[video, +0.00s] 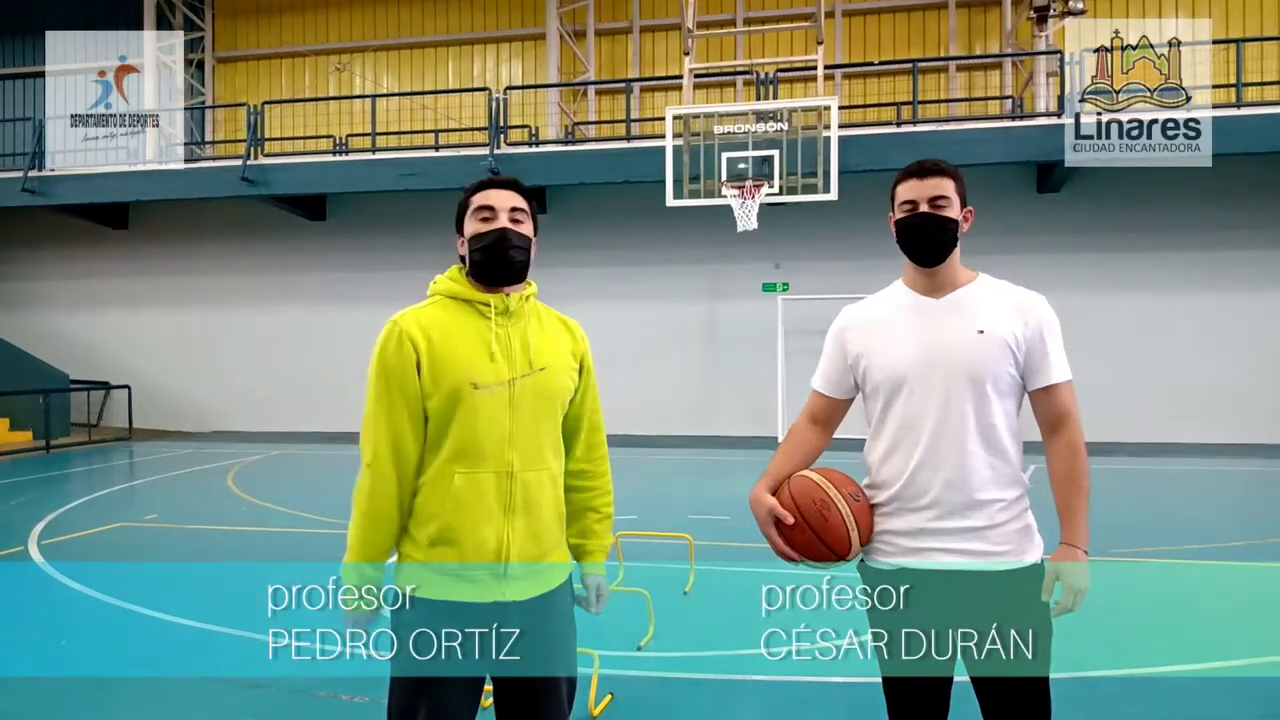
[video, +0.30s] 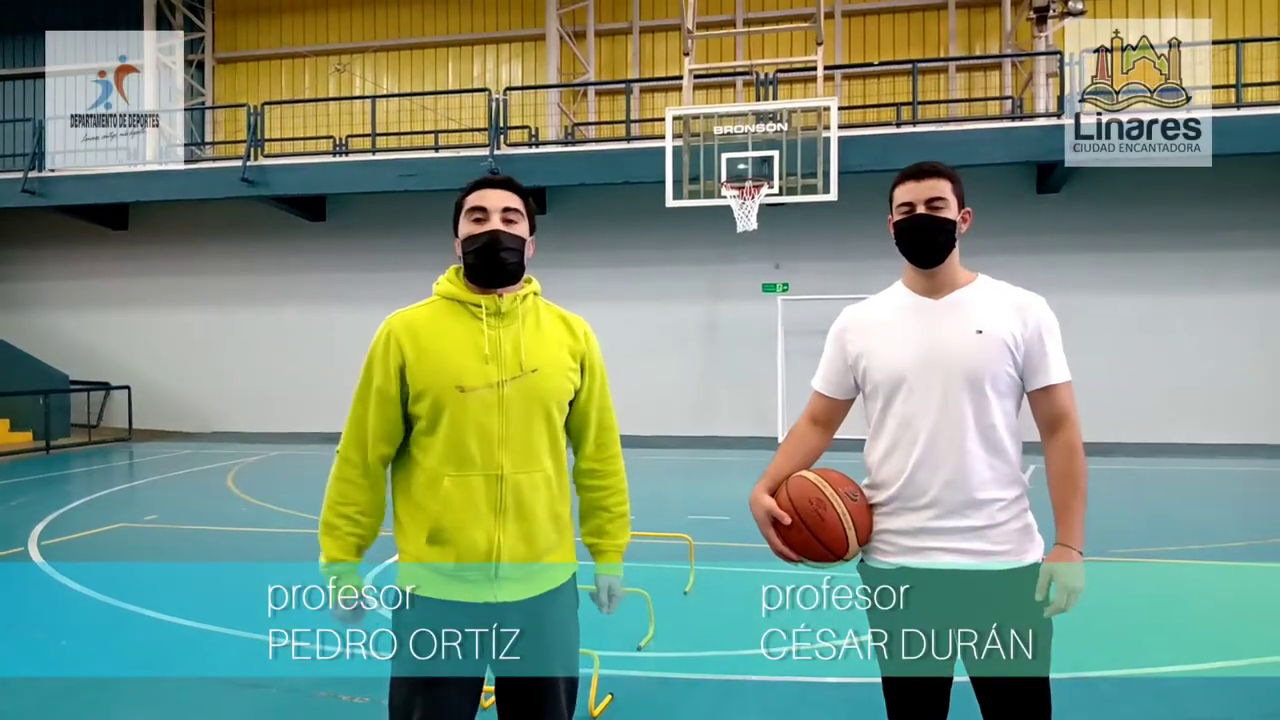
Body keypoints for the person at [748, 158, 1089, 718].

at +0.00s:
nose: (923, 217)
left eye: (939, 205)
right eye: (908, 208)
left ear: (966, 218)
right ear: (892, 226)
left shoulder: (1022, 313)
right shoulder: (857, 324)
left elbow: (1062, 430)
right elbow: (815, 424)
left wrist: (1073, 544)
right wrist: (762, 487)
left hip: (1003, 561)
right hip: (899, 563)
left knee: (1019, 710)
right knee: (913, 712)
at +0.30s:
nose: (920, 218)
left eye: (935, 206)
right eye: (905, 210)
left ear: (964, 219)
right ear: (891, 228)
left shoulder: (1022, 314)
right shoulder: (858, 324)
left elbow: (1060, 431)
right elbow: (815, 424)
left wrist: (1069, 545)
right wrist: (763, 487)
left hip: (1003, 562)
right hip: (899, 563)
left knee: (1021, 711)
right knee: (912, 714)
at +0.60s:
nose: (919, 219)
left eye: (934, 207)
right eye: (904, 211)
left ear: (962, 219)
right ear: (890, 230)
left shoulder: (1022, 313)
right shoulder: (857, 325)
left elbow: (1061, 429)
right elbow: (815, 424)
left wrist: (1073, 543)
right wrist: (763, 490)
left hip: (1002, 561)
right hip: (898, 563)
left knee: (1017, 711)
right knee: (912, 713)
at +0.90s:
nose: (920, 218)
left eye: (935, 207)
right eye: (905, 211)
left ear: (962, 220)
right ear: (890, 230)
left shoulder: (1021, 313)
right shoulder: (855, 325)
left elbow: (1061, 429)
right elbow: (813, 424)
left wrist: (1076, 542)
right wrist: (762, 492)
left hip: (1003, 563)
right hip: (899, 565)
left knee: (1019, 710)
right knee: (913, 712)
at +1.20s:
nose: (922, 220)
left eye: (937, 208)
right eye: (907, 211)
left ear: (964, 221)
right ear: (890, 229)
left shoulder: (1021, 314)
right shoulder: (857, 325)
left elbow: (1059, 430)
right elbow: (814, 424)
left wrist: (1070, 545)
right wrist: (763, 492)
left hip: (1002, 561)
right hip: (899, 563)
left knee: (1018, 712)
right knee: (913, 714)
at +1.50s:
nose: (925, 218)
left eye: (940, 207)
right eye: (910, 209)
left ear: (966, 220)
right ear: (893, 227)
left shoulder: (1022, 314)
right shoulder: (858, 324)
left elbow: (1060, 431)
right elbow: (815, 424)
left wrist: (1070, 545)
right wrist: (763, 492)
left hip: (1003, 561)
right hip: (900, 563)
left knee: (1018, 711)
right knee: (913, 713)